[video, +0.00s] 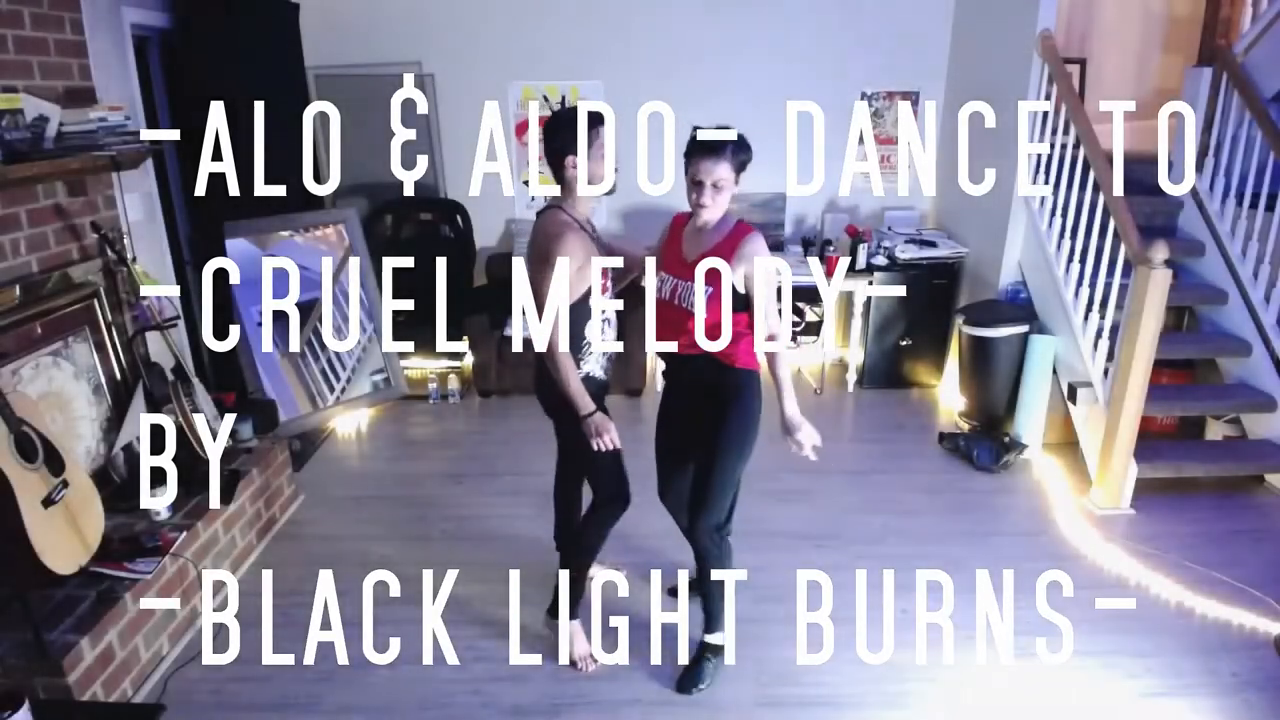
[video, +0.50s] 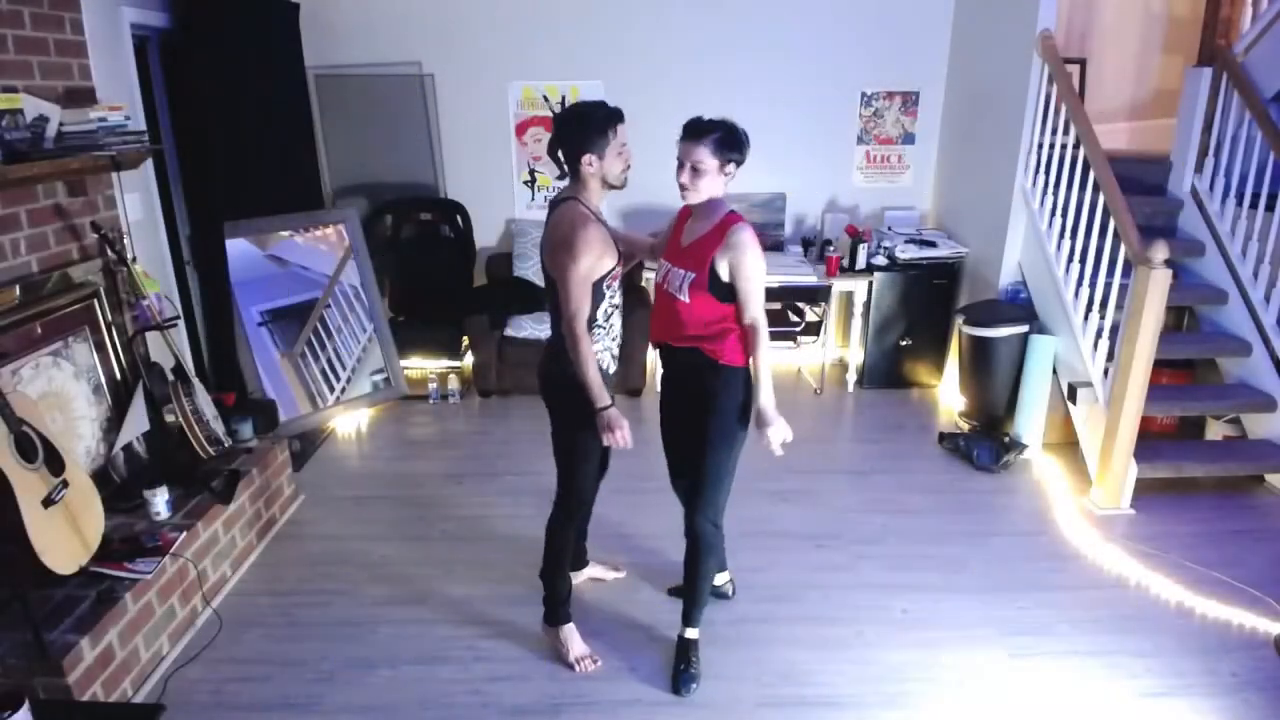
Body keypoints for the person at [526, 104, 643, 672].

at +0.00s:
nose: (610, 162)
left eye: (607, 151)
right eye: (600, 152)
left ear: (568, 165)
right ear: (572, 163)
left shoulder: (569, 219)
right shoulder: (562, 234)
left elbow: (583, 270)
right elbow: (551, 341)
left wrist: (636, 263)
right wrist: (589, 413)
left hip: (574, 374)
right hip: (570, 382)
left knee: (571, 482)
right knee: (613, 495)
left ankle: (571, 578)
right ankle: (565, 607)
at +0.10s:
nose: (613, 162)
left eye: (609, 151)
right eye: (604, 152)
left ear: (567, 163)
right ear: (577, 162)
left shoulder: (567, 219)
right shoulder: (566, 234)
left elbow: (597, 264)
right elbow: (554, 337)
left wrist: (654, 259)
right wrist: (590, 412)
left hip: (570, 373)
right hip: (571, 380)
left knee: (570, 481)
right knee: (613, 495)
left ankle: (570, 579)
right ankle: (566, 609)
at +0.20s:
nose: (618, 161)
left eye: (615, 150)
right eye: (610, 151)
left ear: (566, 160)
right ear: (589, 161)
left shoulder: (563, 216)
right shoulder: (574, 231)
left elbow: (602, 260)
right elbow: (562, 335)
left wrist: (650, 256)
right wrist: (591, 409)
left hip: (565, 368)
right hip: (573, 375)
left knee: (575, 478)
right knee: (600, 494)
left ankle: (572, 568)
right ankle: (558, 614)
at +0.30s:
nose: (620, 158)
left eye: (617, 147)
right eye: (612, 149)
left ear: (565, 158)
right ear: (589, 158)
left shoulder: (563, 215)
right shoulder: (577, 228)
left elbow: (579, 275)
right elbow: (566, 333)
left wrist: (621, 267)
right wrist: (593, 407)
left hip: (565, 366)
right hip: (573, 373)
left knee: (578, 480)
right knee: (592, 495)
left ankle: (570, 569)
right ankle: (558, 620)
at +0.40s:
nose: (626, 158)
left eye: (622, 146)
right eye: (616, 149)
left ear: (568, 158)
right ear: (591, 158)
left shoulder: (567, 214)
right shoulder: (583, 227)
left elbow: (618, 251)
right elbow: (575, 334)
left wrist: (649, 255)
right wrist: (599, 406)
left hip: (566, 366)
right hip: (574, 373)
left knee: (579, 485)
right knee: (578, 495)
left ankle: (570, 568)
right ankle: (557, 623)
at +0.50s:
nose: (629, 156)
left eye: (626, 144)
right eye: (620, 147)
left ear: (582, 158)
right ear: (590, 158)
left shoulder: (578, 212)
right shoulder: (579, 228)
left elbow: (614, 252)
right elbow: (574, 328)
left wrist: (645, 250)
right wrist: (603, 406)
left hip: (579, 364)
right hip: (575, 373)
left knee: (588, 473)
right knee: (574, 495)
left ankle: (572, 560)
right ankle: (558, 617)